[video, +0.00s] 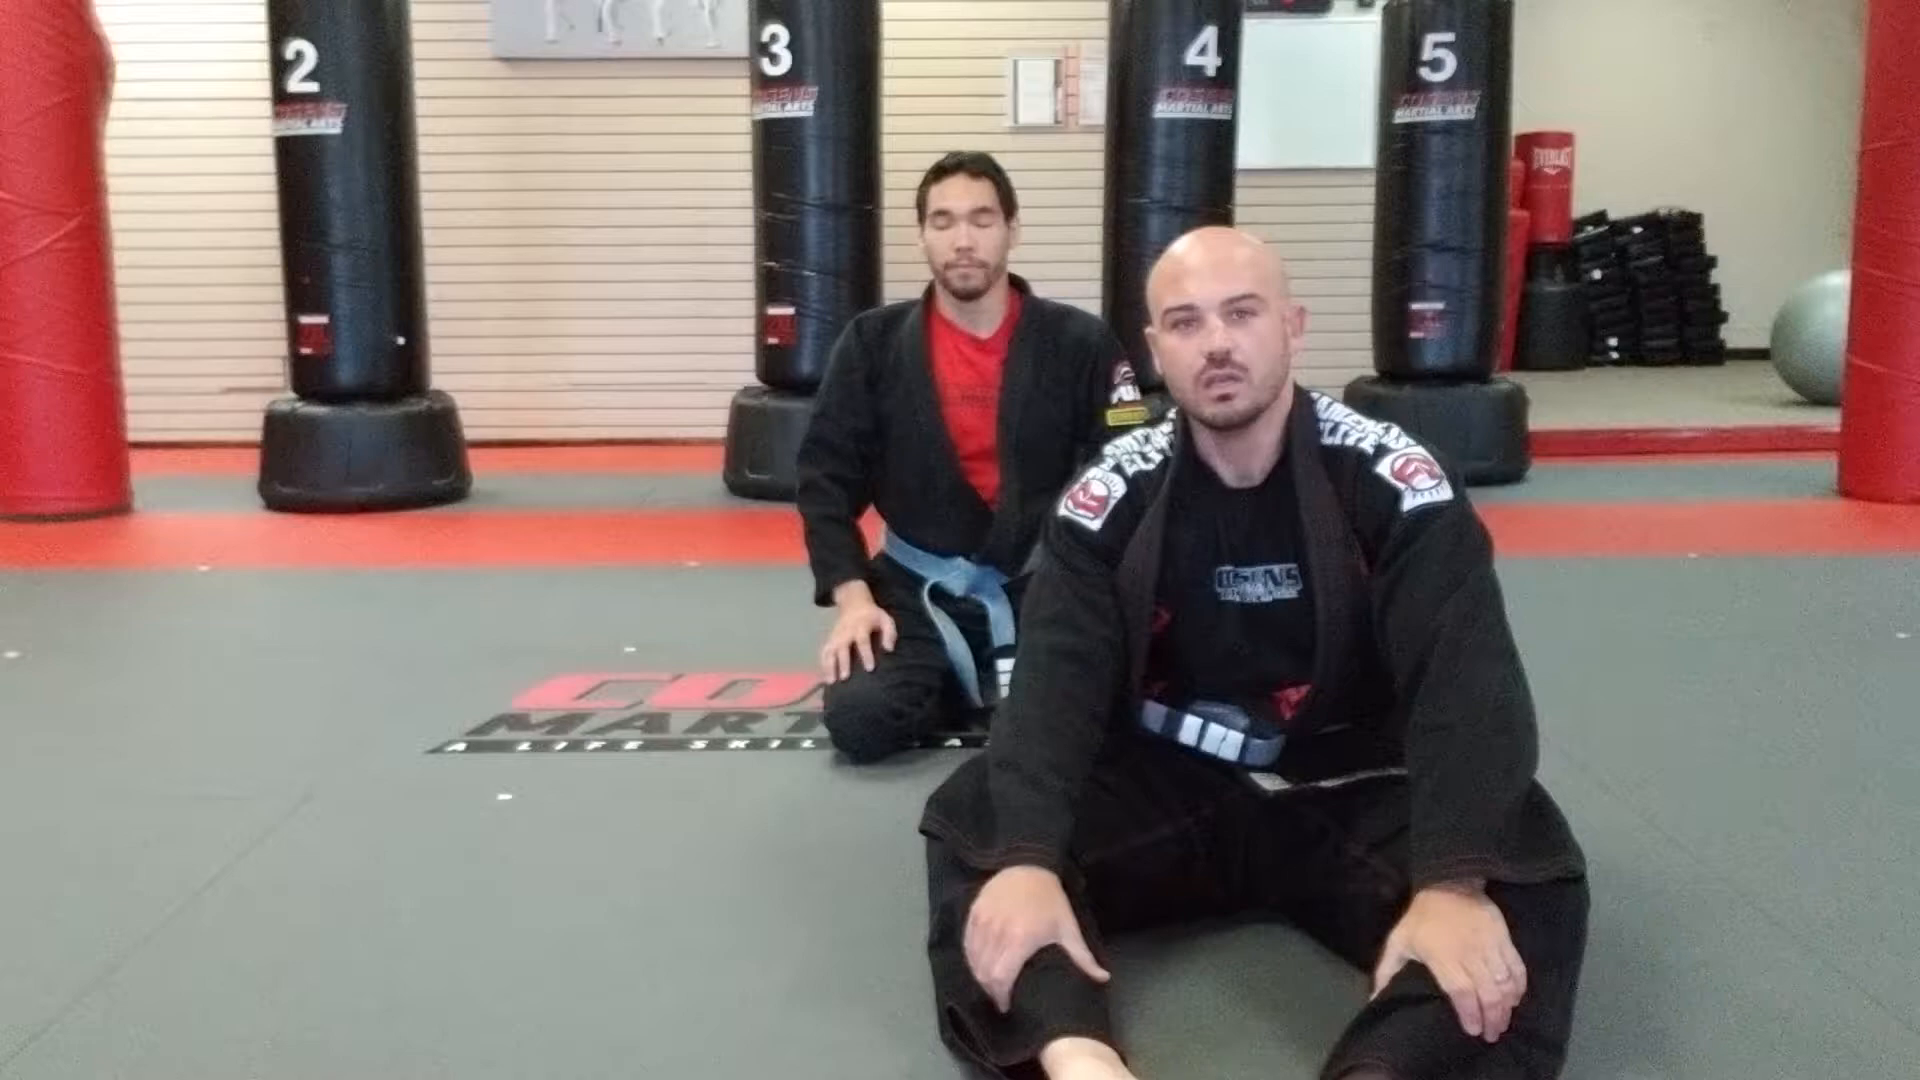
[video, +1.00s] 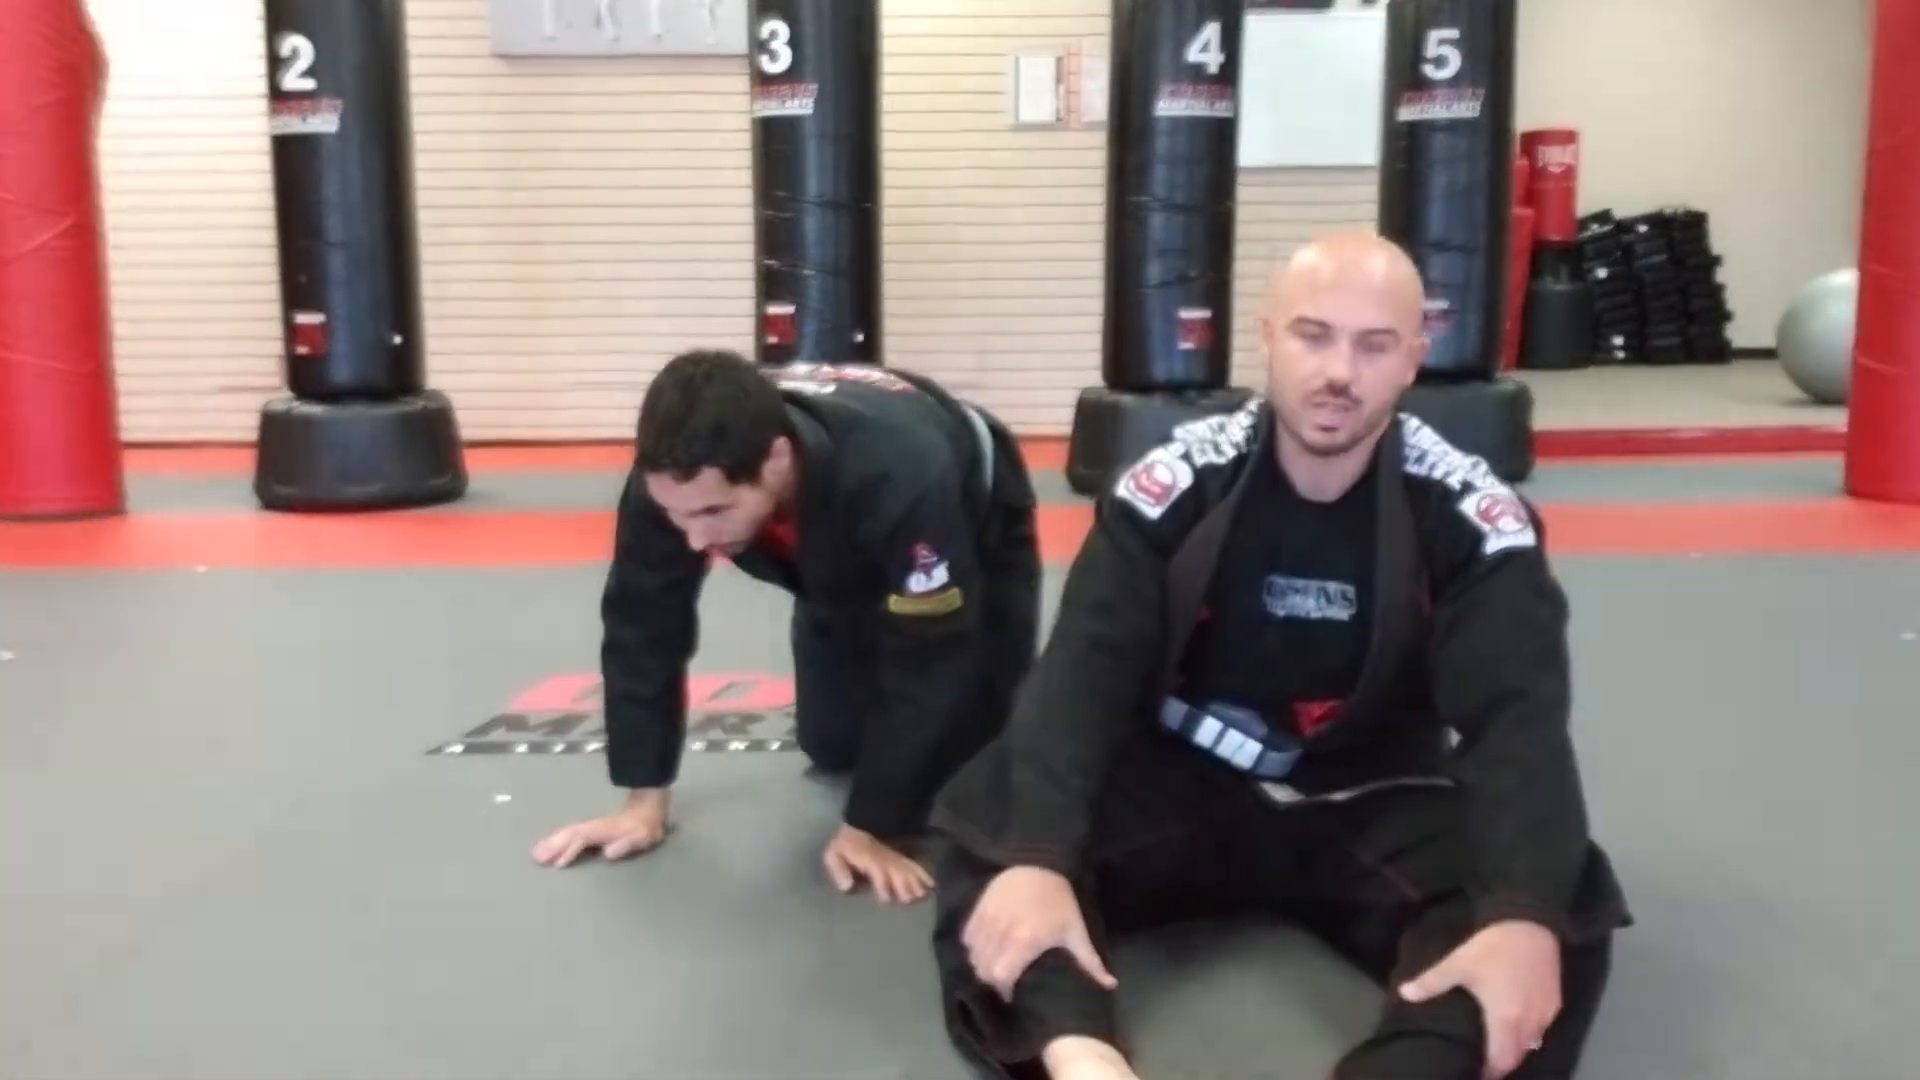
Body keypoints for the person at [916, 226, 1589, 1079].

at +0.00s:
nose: (1216, 345)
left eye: (1241, 315)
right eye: (1186, 323)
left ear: (1294, 326)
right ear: (1154, 348)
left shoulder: (1387, 472)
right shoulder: (1111, 494)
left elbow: (1467, 680)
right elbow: (1054, 680)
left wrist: (1453, 882)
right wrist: (1027, 858)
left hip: (1352, 804)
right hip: (1161, 799)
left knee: (1528, 867)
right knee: (974, 812)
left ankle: (1384, 1065)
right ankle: (1082, 1062)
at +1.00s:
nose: (1337, 372)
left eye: (1373, 345)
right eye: (1312, 337)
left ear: (1417, 356)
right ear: (1267, 339)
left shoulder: (1473, 511)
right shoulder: (1177, 480)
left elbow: (1515, 723)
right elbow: (1084, 672)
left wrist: (1525, 917)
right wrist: (1036, 860)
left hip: (1371, 816)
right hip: (1176, 797)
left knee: (1553, 897)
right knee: (988, 822)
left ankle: (1406, 1058)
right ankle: (1085, 1058)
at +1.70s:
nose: (1250, 359)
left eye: (1276, 330)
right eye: (1217, 333)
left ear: (1309, 340)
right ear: (1171, 349)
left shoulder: (1393, 486)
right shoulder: (1112, 495)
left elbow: (1471, 683)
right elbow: (1045, 684)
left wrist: (1487, 887)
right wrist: (994, 864)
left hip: (1348, 801)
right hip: (1156, 792)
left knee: (1531, 873)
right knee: (968, 820)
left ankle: (1378, 1060)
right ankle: (1079, 1058)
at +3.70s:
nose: (1266, 386)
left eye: (1290, 351)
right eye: (1230, 357)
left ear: (1319, 348)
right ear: (1178, 363)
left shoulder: (1405, 491)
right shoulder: (1122, 493)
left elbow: (1477, 696)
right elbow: (1057, 686)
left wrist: (1498, 896)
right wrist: (1015, 859)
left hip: (1355, 811)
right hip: (1164, 799)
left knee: (1533, 872)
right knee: (979, 812)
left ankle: (1388, 1064)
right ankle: (1080, 1060)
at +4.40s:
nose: (1230, 350)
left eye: (1253, 320)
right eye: (1198, 329)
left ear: (1289, 331)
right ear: (1155, 351)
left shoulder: (1374, 470)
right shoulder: (1116, 479)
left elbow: (1435, 659)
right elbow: (1047, 641)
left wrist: (1416, 823)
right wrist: (1033, 765)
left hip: (1330, 794)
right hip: (1151, 784)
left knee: (1466, 833)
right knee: (995, 791)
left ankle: (1346, 1064)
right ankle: (1084, 1052)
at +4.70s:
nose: (1243, 320)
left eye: (1268, 298)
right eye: (1212, 302)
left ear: (1305, 324)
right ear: (1172, 336)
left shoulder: (1389, 464)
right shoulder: (1121, 476)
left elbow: (1498, 633)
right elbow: (1026, 638)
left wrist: (1548, 808)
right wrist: (935, 751)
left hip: (1326, 772)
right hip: (1162, 766)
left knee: (1403, 769)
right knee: (1044, 741)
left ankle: (1304, 1058)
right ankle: (1116, 1046)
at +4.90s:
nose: (1228, 331)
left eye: (1250, 306)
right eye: (1198, 313)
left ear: (1288, 322)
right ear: (1160, 341)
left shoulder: (1380, 464)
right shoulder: (1113, 471)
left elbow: (1493, 659)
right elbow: (1007, 626)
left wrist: (1534, 865)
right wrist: (931, 779)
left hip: (1341, 769)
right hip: (1172, 762)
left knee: (1318, 738)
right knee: (1045, 704)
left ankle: (1260, 1047)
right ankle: (1055, 1012)